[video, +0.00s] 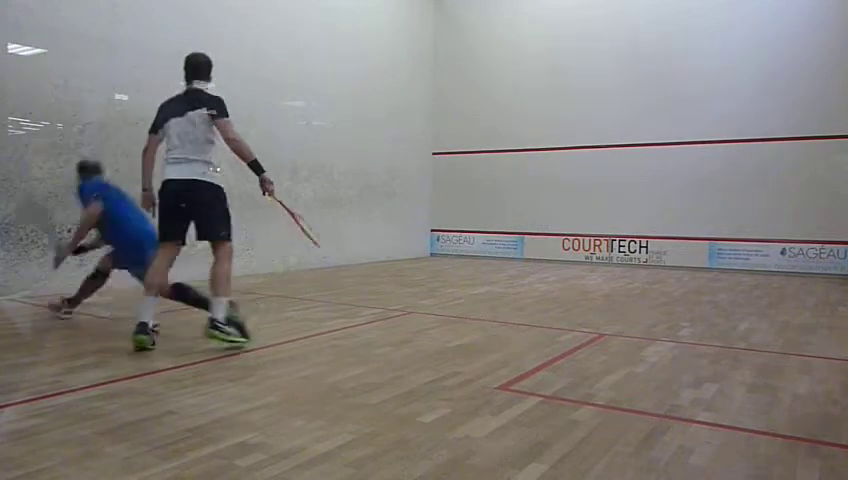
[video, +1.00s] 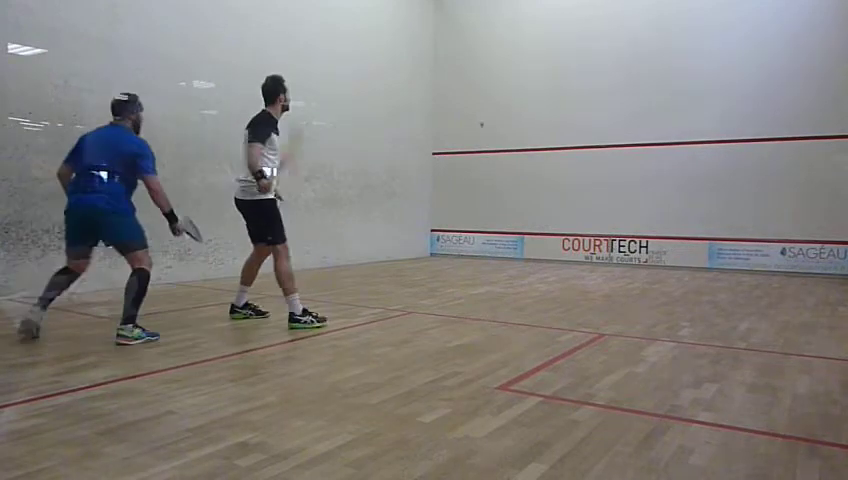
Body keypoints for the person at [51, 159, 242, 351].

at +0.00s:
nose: (79, 182)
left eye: (80, 179)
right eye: (84, 179)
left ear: (81, 177)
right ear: (100, 174)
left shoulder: (90, 187)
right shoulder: (111, 192)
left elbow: (94, 212)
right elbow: (106, 237)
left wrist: (71, 246)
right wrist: (80, 249)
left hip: (135, 243)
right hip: (145, 239)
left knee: (161, 287)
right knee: (105, 264)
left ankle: (219, 308)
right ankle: (73, 302)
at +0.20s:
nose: (28, 241)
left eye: (27, 238)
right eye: (28, 238)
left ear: (29, 233)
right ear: (44, 224)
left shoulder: (34, 235)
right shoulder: (66, 224)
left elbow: (33, 279)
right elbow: (79, 260)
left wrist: (25, 317)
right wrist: (64, 298)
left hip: (98, 235)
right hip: (120, 228)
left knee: (111, 295)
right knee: (79, 265)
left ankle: (164, 306)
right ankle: (61, 303)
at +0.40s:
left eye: (26, 191)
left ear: (24, 191)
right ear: (42, 182)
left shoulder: (27, 202)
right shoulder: (61, 188)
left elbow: (18, 250)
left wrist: (12, 288)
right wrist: (108, 240)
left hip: (81, 226)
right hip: (111, 222)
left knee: (34, 263)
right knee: (73, 254)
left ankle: (81, 292)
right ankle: (62, 302)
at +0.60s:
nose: (65, 131)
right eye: (64, 127)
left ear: (41, 132)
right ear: (64, 127)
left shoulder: (32, 157)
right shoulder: (86, 145)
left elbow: (21, 204)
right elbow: (122, 160)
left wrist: (21, 240)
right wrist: (137, 192)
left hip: (58, 210)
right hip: (96, 209)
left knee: (33, 260)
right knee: (82, 260)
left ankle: (31, 317)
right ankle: (68, 307)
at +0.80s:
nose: (107, 103)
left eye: (105, 98)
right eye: (105, 99)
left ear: (80, 99)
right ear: (99, 98)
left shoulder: (59, 124)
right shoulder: (111, 122)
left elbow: (42, 170)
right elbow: (133, 156)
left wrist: (48, 204)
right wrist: (153, 187)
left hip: (61, 188)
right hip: (101, 187)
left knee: (48, 253)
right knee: (115, 248)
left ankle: (29, 316)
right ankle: (104, 306)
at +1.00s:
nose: (142, 120)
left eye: (141, 115)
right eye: (141, 115)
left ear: (114, 116)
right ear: (135, 117)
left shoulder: (89, 137)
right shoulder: (138, 145)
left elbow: (64, 173)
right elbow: (154, 188)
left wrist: (79, 202)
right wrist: (172, 219)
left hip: (78, 209)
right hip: (114, 210)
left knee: (75, 266)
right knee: (141, 265)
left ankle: (38, 310)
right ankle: (128, 327)